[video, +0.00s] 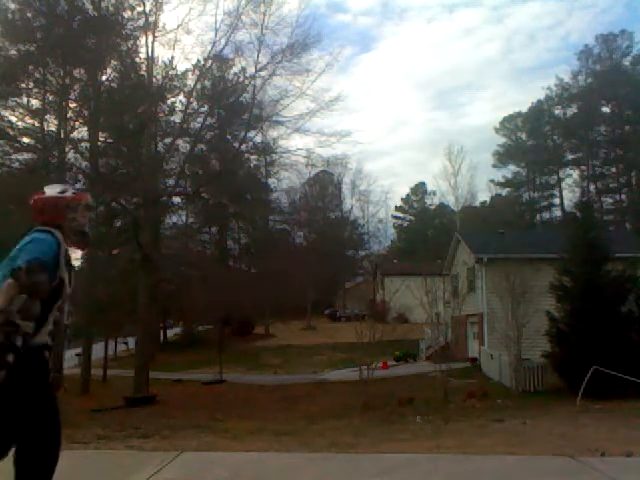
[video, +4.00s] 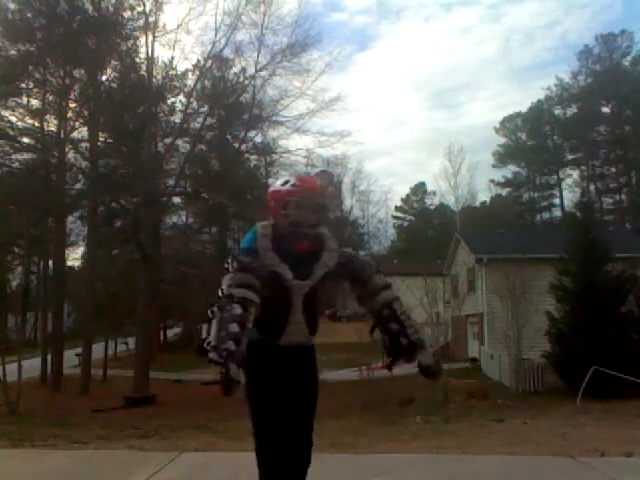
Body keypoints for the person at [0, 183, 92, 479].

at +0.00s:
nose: (84, 220)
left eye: (84, 212)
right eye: (77, 212)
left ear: (60, 215)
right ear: (59, 215)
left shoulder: (56, 248)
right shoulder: (44, 243)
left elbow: (54, 315)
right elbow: (15, 290)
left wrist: (54, 366)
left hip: (34, 359)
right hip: (23, 359)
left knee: (41, 443)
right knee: (41, 443)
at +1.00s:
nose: (161, 211)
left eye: (160, 204)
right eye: (156, 205)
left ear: (127, 207)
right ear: (142, 206)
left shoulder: (107, 234)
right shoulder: (139, 238)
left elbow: (68, 277)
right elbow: (148, 291)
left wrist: (63, 313)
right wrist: (160, 333)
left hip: (71, 337)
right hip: (93, 342)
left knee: (67, 431)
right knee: (130, 432)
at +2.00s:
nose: (251, 208)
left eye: (253, 200)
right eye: (243, 200)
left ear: (250, 204)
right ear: (221, 203)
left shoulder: (253, 248)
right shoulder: (193, 241)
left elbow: (289, 277)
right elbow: (145, 293)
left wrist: (313, 318)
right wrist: (103, 350)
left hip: (228, 357)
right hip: (187, 355)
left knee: (247, 449)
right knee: (173, 448)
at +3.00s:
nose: (319, 220)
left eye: (323, 213)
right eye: (312, 213)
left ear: (328, 213)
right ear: (293, 213)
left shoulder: (297, 248)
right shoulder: (281, 246)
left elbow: (322, 290)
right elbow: (315, 297)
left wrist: (349, 320)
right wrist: (346, 325)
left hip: (275, 347)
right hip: (261, 348)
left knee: (305, 444)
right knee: (303, 445)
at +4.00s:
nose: (308, 218)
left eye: (314, 210)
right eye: (300, 209)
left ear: (322, 212)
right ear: (280, 210)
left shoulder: (327, 250)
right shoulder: (257, 246)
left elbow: (370, 281)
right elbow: (236, 293)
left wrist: (396, 329)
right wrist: (225, 346)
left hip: (302, 352)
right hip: (261, 353)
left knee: (299, 439)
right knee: (269, 439)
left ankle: (297, 474)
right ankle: (271, 475)